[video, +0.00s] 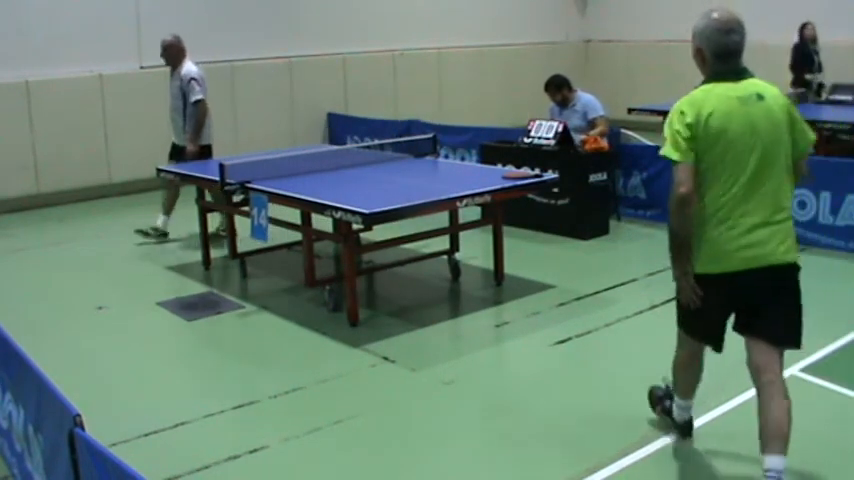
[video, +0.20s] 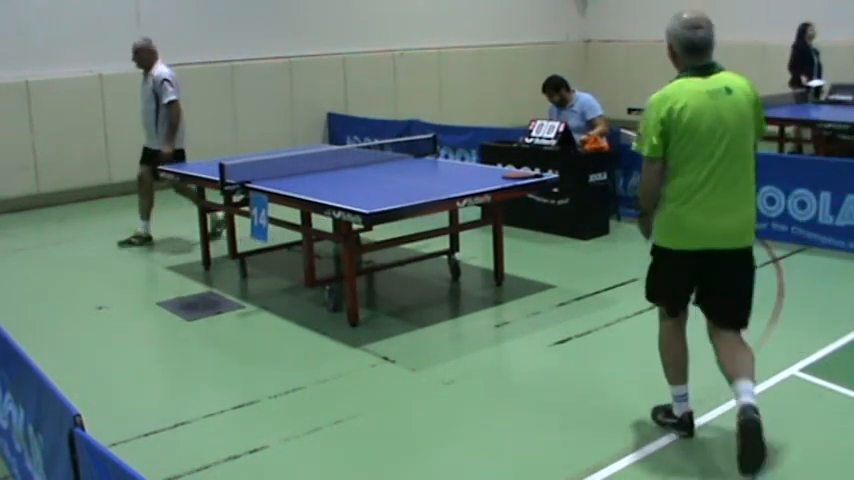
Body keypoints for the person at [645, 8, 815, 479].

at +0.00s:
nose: (692, 54)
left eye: (693, 49)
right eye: (693, 48)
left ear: (700, 53)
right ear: (742, 49)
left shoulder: (689, 109)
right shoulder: (776, 100)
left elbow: (684, 193)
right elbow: (801, 171)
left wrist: (681, 270)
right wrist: (759, 180)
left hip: (713, 261)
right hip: (775, 257)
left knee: (691, 340)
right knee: (769, 372)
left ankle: (680, 412)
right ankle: (775, 474)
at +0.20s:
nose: (668, 53)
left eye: (668, 47)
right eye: (672, 46)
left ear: (672, 51)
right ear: (712, 47)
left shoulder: (665, 102)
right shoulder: (744, 90)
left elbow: (652, 179)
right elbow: (751, 154)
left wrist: (646, 216)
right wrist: (737, 206)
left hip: (679, 237)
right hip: (734, 236)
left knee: (671, 317)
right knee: (727, 325)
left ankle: (681, 410)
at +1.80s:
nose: (540, 61)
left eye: (540, 56)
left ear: (545, 55)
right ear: (570, 49)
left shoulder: (542, 82)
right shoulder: (596, 68)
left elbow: (542, 132)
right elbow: (620, 109)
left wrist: (539, 164)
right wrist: (619, 145)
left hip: (570, 167)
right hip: (610, 161)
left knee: (569, 233)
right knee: (623, 230)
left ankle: (575, 300)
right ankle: (633, 298)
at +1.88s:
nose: (540, 58)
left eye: (540, 54)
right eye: (542, 53)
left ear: (546, 53)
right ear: (570, 47)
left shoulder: (543, 81)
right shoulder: (597, 67)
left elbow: (542, 133)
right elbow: (622, 110)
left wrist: (539, 161)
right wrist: (618, 141)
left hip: (570, 166)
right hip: (610, 161)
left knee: (569, 233)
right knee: (619, 230)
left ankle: (576, 300)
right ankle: (630, 298)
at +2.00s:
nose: (544, 56)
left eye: (544, 52)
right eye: (544, 52)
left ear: (550, 49)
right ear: (574, 44)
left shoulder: (547, 79)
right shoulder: (602, 67)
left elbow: (543, 131)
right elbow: (625, 112)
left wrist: (536, 156)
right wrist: (619, 139)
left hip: (572, 168)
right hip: (612, 163)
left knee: (570, 234)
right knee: (616, 233)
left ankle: (575, 300)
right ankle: (629, 300)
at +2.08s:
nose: (548, 53)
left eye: (548, 49)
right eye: (549, 49)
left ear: (554, 48)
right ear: (580, 43)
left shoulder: (550, 78)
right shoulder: (607, 68)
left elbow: (544, 129)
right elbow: (629, 114)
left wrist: (540, 148)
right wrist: (619, 137)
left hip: (574, 171)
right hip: (614, 167)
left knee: (571, 237)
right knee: (618, 238)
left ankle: (576, 301)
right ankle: (632, 305)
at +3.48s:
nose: (550, 37)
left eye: (553, 32)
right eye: (552, 31)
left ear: (565, 37)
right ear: (588, 36)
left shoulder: (565, 77)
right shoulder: (615, 70)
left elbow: (557, 141)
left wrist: (542, 132)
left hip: (580, 191)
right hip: (617, 186)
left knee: (583, 267)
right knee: (611, 254)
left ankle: (590, 348)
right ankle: (620, 328)